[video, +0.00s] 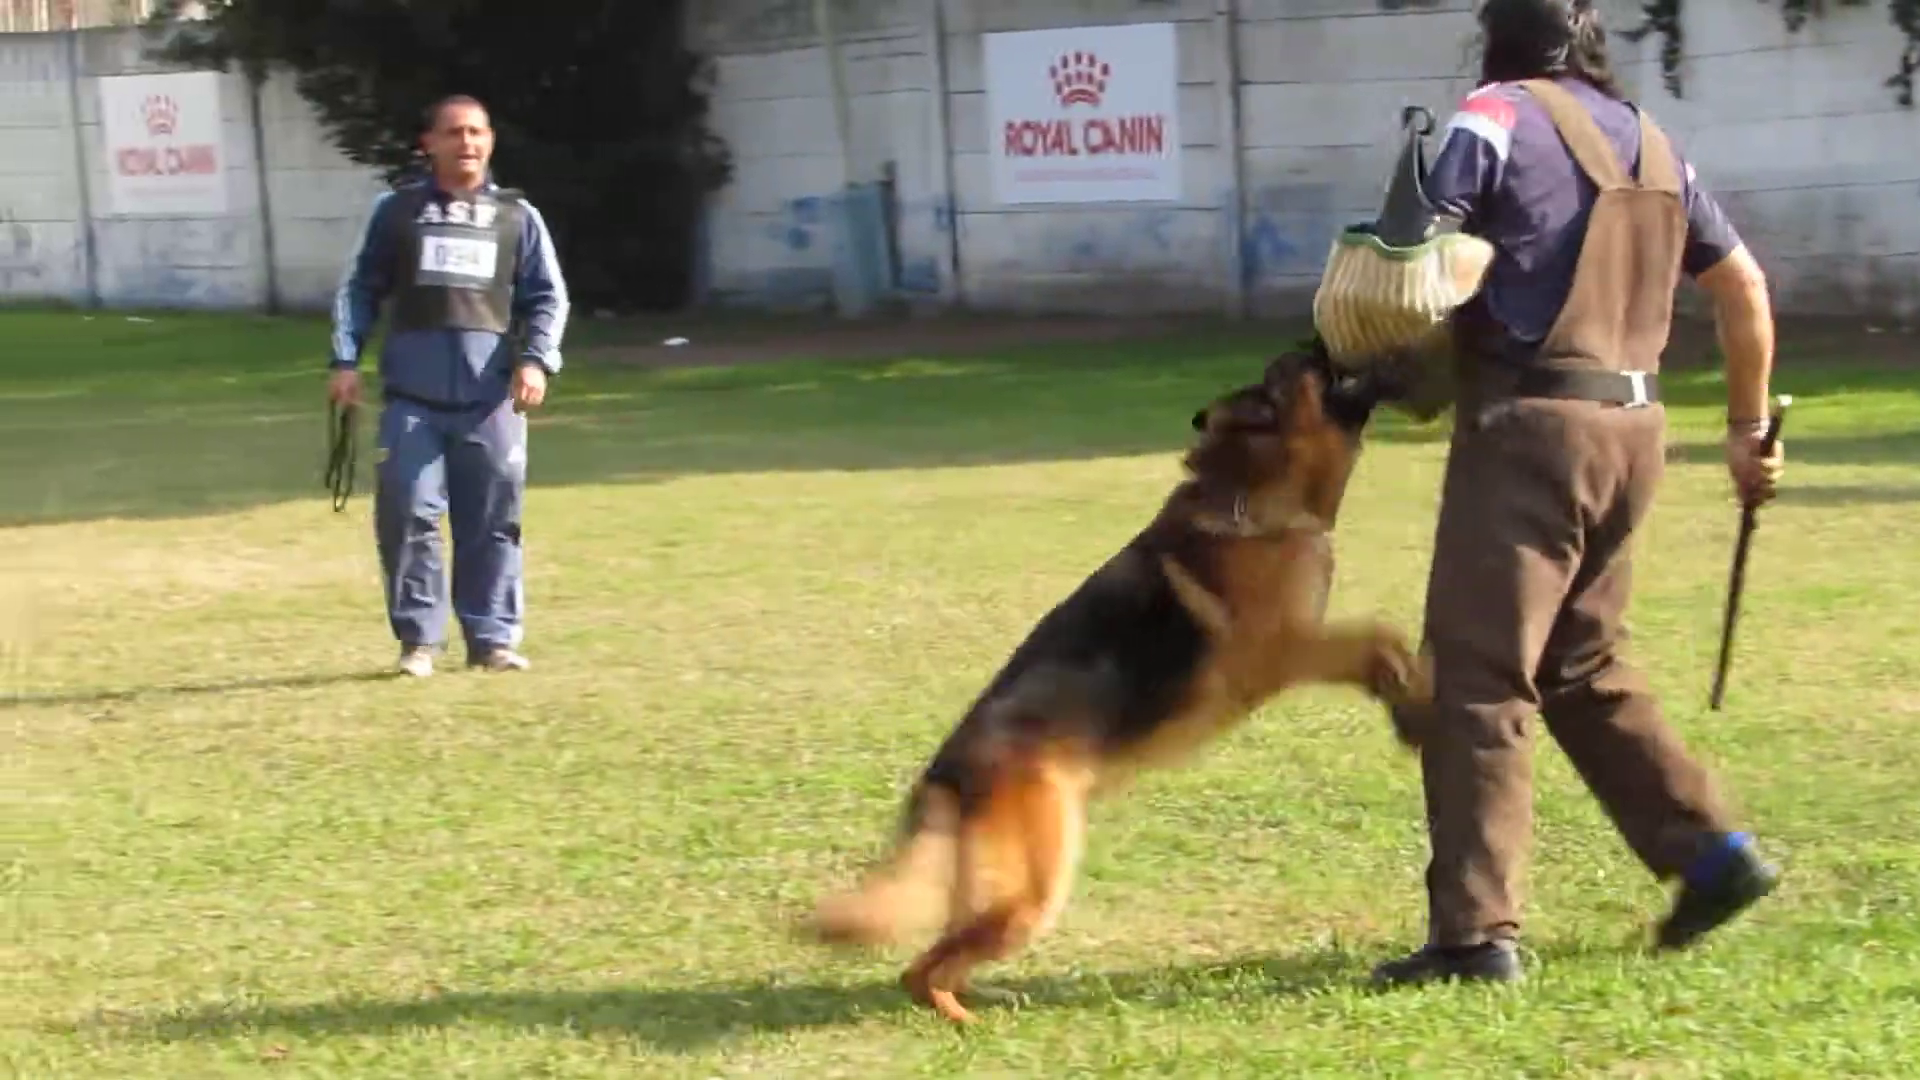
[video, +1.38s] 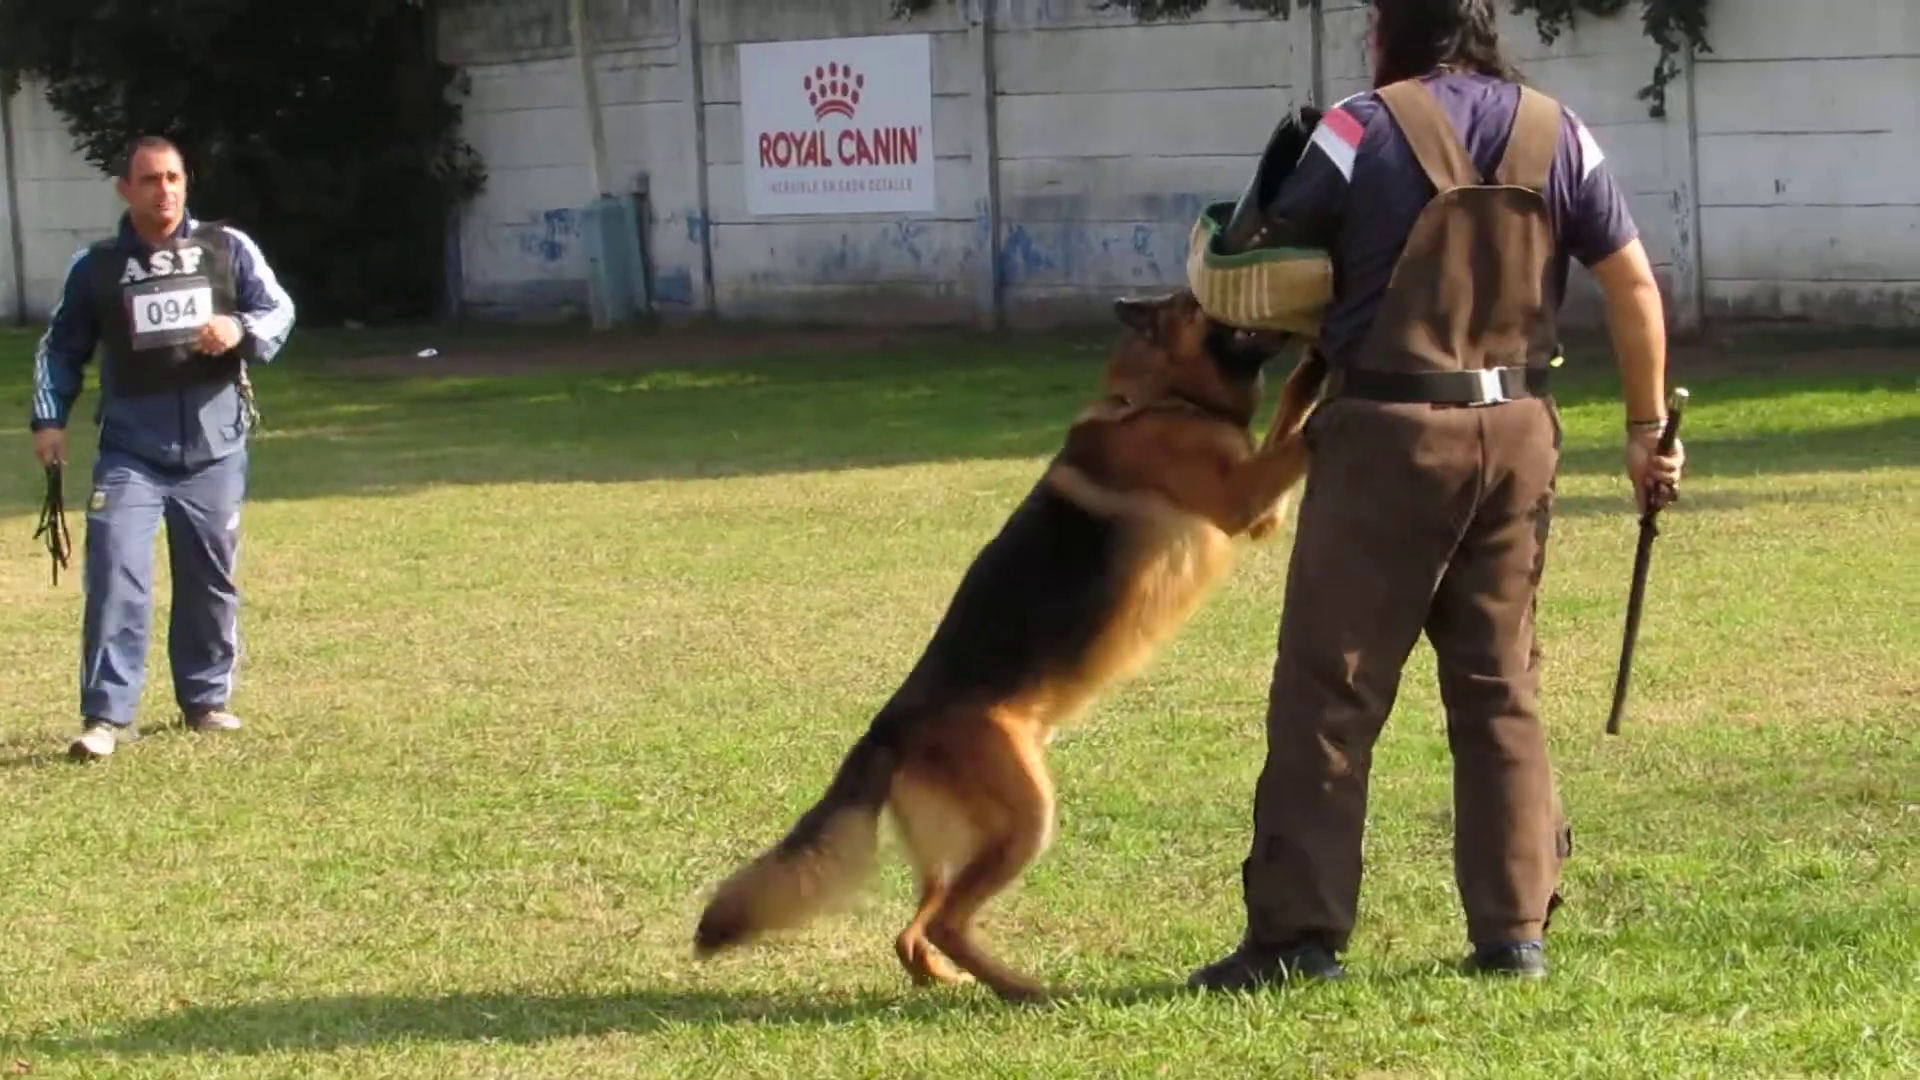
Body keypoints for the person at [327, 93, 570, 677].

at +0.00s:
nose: (468, 141)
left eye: (476, 131)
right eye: (455, 132)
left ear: (491, 142)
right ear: (428, 144)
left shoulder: (517, 216)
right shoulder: (396, 211)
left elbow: (547, 296)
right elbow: (360, 288)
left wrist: (536, 360)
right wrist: (345, 360)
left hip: (491, 398)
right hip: (413, 398)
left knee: (495, 521)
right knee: (408, 514)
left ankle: (493, 640)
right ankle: (417, 641)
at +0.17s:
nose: (438, 145)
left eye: (447, 135)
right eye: (426, 137)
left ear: (465, 145)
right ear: (404, 148)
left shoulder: (495, 218)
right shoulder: (373, 218)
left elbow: (523, 292)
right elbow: (339, 298)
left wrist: (489, 340)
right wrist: (324, 372)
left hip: (471, 396)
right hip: (395, 398)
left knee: (469, 526)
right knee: (398, 516)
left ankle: (466, 641)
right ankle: (390, 641)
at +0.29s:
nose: (362, 153)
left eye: (373, 142)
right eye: (351, 143)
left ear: (397, 150)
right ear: (336, 154)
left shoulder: (435, 220)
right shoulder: (314, 230)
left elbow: (469, 288)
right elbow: (285, 311)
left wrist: (431, 323)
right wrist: (276, 388)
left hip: (425, 402)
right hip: (349, 407)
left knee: (424, 526)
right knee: (354, 527)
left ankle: (424, 642)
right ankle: (350, 655)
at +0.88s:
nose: (279, 186)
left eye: (290, 179)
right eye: (280, 177)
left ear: (330, 186)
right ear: (309, 186)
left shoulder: (391, 246)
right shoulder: (265, 252)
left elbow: (432, 317)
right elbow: (230, 336)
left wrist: (437, 392)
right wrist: (231, 412)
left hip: (370, 419)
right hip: (292, 422)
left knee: (372, 550)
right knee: (297, 548)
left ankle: (371, 681)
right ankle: (317, 665)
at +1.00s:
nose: (189, 185)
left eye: (200, 175)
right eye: (190, 173)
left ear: (240, 185)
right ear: (226, 184)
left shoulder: (299, 256)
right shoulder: (171, 252)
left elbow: (331, 345)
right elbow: (135, 337)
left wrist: (339, 429)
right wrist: (127, 416)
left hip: (271, 435)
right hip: (191, 436)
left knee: (271, 564)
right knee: (184, 563)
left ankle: (268, 690)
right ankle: (201, 652)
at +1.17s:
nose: (168, 172)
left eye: (182, 162)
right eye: (166, 161)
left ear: (221, 169)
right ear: (169, 167)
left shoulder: (273, 240)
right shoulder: (142, 241)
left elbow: (306, 318)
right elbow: (105, 325)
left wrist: (281, 379)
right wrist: (96, 404)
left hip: (246, 433)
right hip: (163, 433)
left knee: (245, 568)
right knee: (159, 564)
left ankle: (244, 693)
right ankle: (162, 701)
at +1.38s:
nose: (164, 189)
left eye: (172, 178)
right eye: (150, 179)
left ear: (187, 184)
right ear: (125, 189)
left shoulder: (229, 250)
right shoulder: (97, 269)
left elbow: (279, 310)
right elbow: (62, 347)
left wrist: (242, 329)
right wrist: (48, 417)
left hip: (214, 450)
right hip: (131, 453)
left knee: (211, 578)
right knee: (115, 569)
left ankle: (207, 701)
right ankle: (106, 714)